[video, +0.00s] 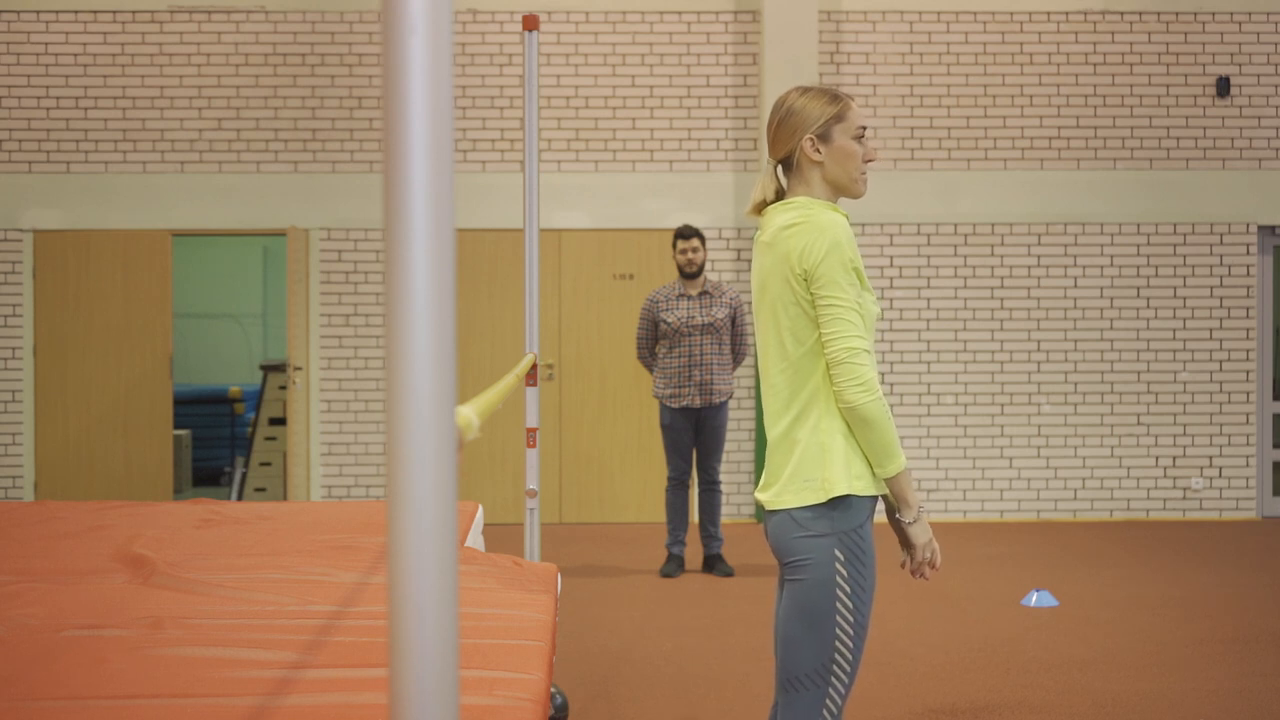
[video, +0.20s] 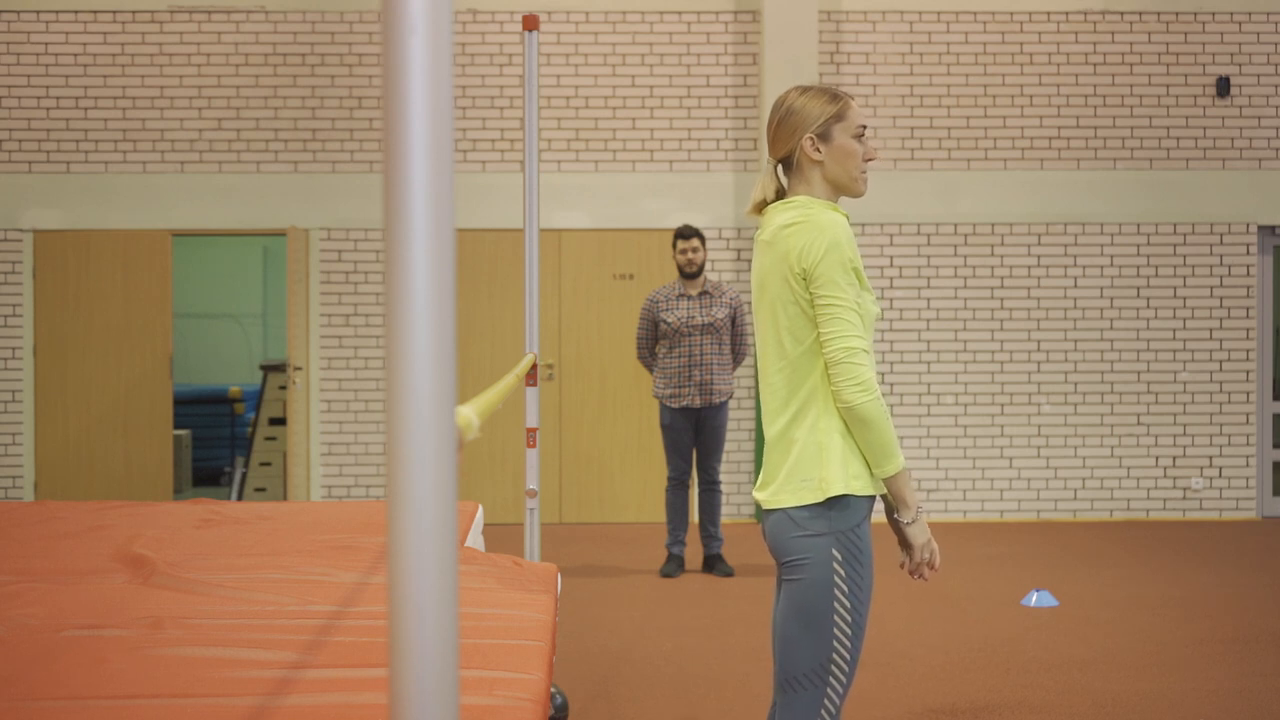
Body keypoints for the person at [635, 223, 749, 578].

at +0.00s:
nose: (689, 256)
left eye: (695, 250)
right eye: (682, 251)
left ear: (705, 253)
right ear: (674, 256)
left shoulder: (728, 296)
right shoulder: (658, 300)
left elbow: (741, 347)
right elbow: (644, 350)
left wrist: (718, 372)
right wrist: (669, 376)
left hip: (715, 401)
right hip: (674, 402)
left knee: (710, 478)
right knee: (678, 477)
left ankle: (713, 552)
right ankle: (675, 553)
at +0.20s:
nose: (689, 256)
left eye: (695, 250)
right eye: (682, 251)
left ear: (705, 253)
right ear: (674, 256)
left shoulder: (728, 296)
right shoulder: (658, 300)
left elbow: (741, 347)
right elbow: (644, 350)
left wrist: (718, 372)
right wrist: (669, 376)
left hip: (715, 401)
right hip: (674, 402)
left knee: (710, 478)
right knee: (678, 477)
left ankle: (713, 552)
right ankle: (675, 553)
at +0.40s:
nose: (689, 256)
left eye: (695, 250)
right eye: (682, 251)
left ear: (705, 254)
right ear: (674, 256)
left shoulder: (728, 297)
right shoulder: (658, 300)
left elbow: (741, 347)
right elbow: (644, 350)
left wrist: (718, 372)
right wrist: (669, 375)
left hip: (715, 402)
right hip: (674, 402)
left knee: (710, 478)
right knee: (678, 477)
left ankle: (713, 553)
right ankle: (675, 553)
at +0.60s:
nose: (689, 256)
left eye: (695, 250)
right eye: (682, 251)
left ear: (705, 254)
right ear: (674, 256)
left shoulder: (728, 297)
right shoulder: (658, 300)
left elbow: (741, 347)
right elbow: (644, 350)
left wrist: (718, 372)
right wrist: (669, 376)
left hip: (715, 402)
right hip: (674, 402)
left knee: (710, 478)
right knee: (678, 478)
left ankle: (713, 553)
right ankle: (675, 553)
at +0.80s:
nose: (689, 256)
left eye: (695, 250)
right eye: (682, 251)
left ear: (705, 254)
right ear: (674, 256)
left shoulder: (728, 297)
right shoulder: (658, 300)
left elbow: (741, 347)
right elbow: (644, 350)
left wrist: (718, 372)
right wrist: (669, 376)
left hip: (715, 402)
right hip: (674, 402)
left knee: (710, 478)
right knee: (678, 477)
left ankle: (713, 552)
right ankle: (675, 553)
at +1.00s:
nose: (689, 256)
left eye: (695, 250)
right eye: (682, 251)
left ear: (705, 254)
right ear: (674, 256)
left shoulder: (728, 297)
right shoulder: (659, 300)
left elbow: (740, 348)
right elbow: (644, 350)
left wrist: (718, 372)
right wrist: (669, 376)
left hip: (715, 402)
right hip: (674, 402)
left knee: (710, 478)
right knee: (678, 477)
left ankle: (713, 552)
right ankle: (675, 553)